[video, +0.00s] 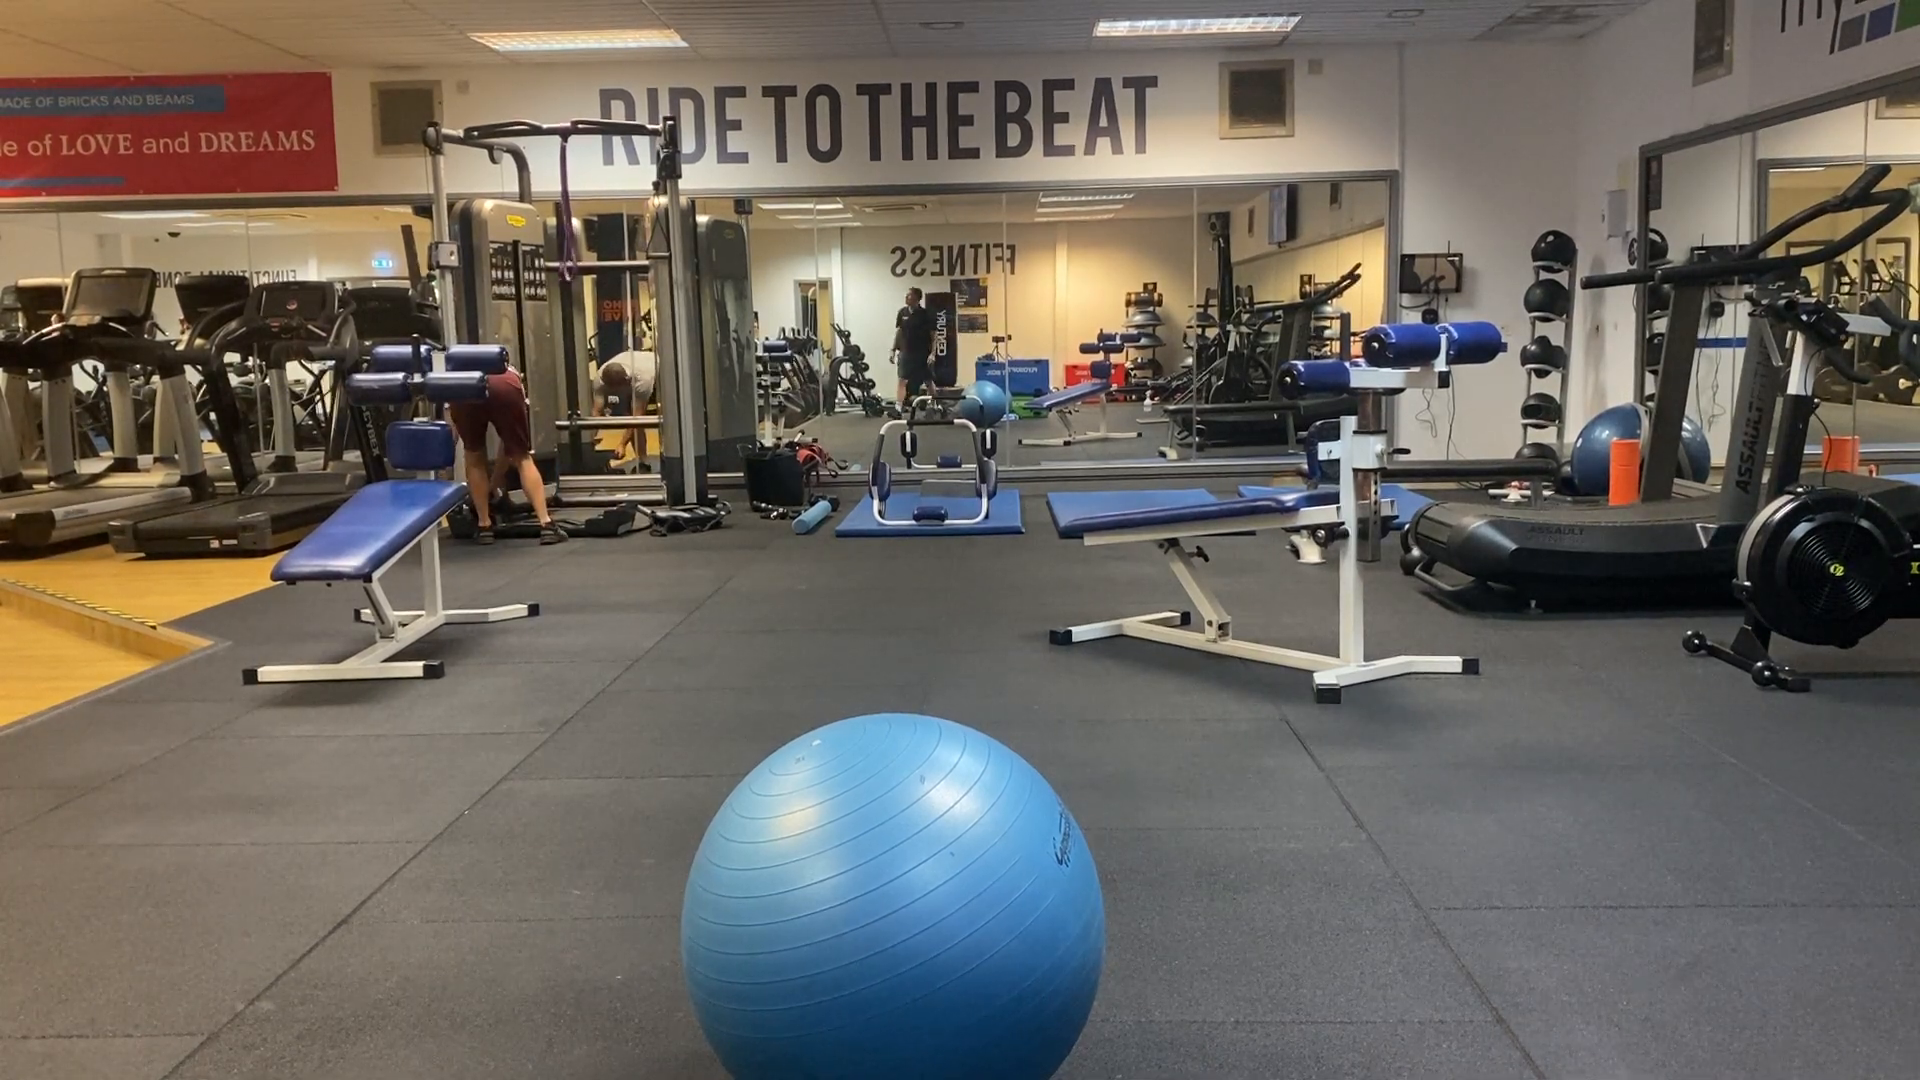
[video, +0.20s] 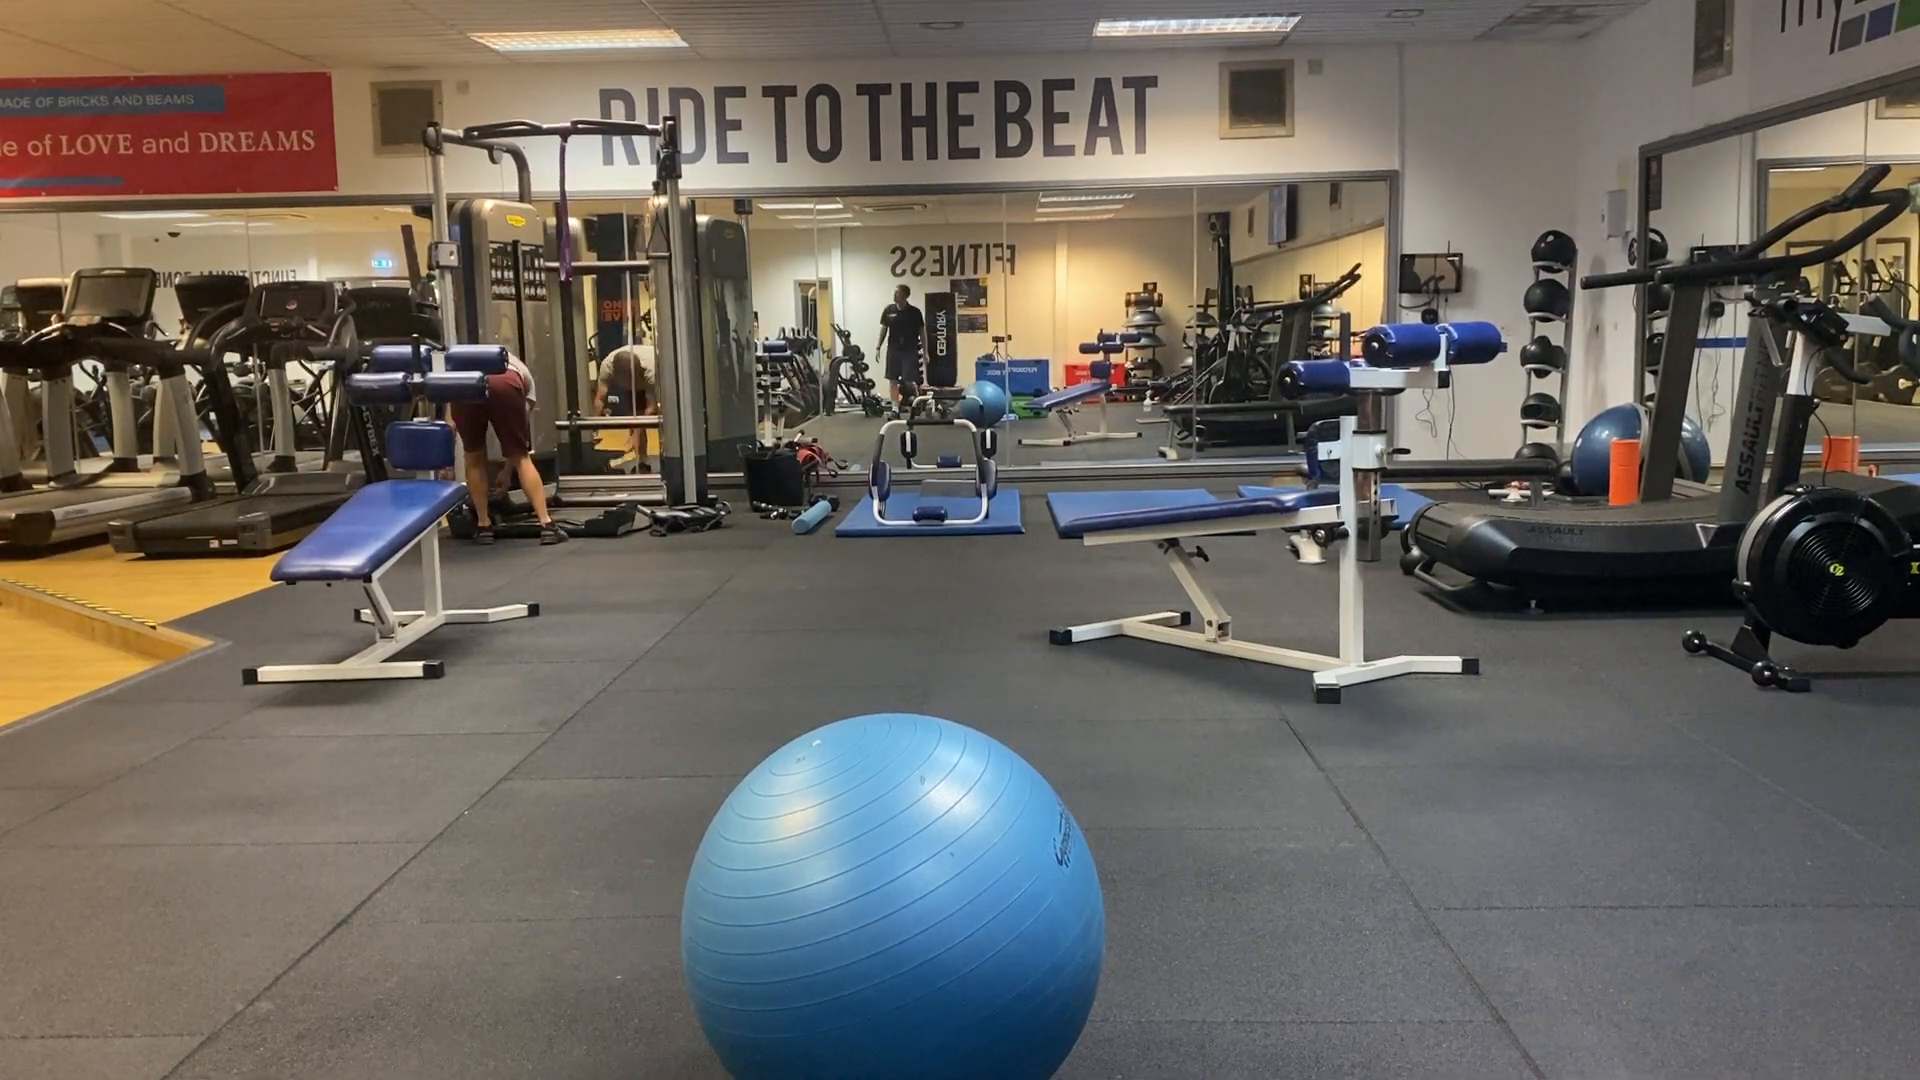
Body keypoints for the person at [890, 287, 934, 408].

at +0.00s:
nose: (906, 297)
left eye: (909, 295)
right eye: (906, 295)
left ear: (917, 298)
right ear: (907, 297)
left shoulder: (927, 313)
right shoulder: (902, 312)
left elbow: (933, 335)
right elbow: (899, 332)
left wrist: (933, 353)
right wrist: (893, 349)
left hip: (922, 353)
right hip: (905, 353)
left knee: (929, 382)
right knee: (902, 380)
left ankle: (935, 406)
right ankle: (899, 408)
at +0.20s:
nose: (895, 295)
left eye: (898, 293)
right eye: (895, 293)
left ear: (905, 296)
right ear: (895, 294)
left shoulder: (915, 312)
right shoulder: (889, 310)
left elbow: (922, 332)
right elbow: (884, 329)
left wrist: (925, 353)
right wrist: (878, 348)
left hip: (910, 352)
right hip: (893, 351)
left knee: (909, 381)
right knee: (893, 381)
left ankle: (916, 406)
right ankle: (895, 409)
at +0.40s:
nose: (894, 295)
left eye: (897, 293)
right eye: (892, 292)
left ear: (900, 295)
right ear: (888, 293)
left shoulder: (907, 311)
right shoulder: (880, 309)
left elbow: (914, 331)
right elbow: (874, 326)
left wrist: (913, 349)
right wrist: (869, 342)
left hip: (902, 348)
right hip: (886, 348)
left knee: (897, 378)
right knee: (889, 379)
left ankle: (894, 407)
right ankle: (893, 406)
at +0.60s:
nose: (893, 298)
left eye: (895, 296)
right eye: (891, 295)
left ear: (897, 297)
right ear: (886, 295)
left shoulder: (902, 314)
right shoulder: (876, 311)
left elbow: (907, 336)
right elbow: (870, 328)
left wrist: (906, 355)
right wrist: (866, 343)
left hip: (896, 352)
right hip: (879, 351)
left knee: (888, 381)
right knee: (880, 383)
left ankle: (883, 411)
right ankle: (887, 407)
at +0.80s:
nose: (894, 296)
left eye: (895, 293)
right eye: (891, 293)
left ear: (895, 295)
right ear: (884, 292)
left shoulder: (899, 311)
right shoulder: (872, 308)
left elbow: (904, 333)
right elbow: (866, 328)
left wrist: (904, 352)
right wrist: (862, 348)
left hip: (892, 351)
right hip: (875, 349)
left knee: (887, 382)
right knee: (872, 380)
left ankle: (884, 410)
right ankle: (872, 404)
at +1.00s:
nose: (895, 297)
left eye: (896, 295)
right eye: (892, 294)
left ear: (895, 296)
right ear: (884, 294)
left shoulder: (898, 313)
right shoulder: (872, 310)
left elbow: (902, 334)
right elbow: (863, 330)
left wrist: (905, 351)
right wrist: (859, 349)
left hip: (891, 352)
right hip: (874, 351)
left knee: (887, 383)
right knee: (874, 382)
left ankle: (883, 411)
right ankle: (873, 413)